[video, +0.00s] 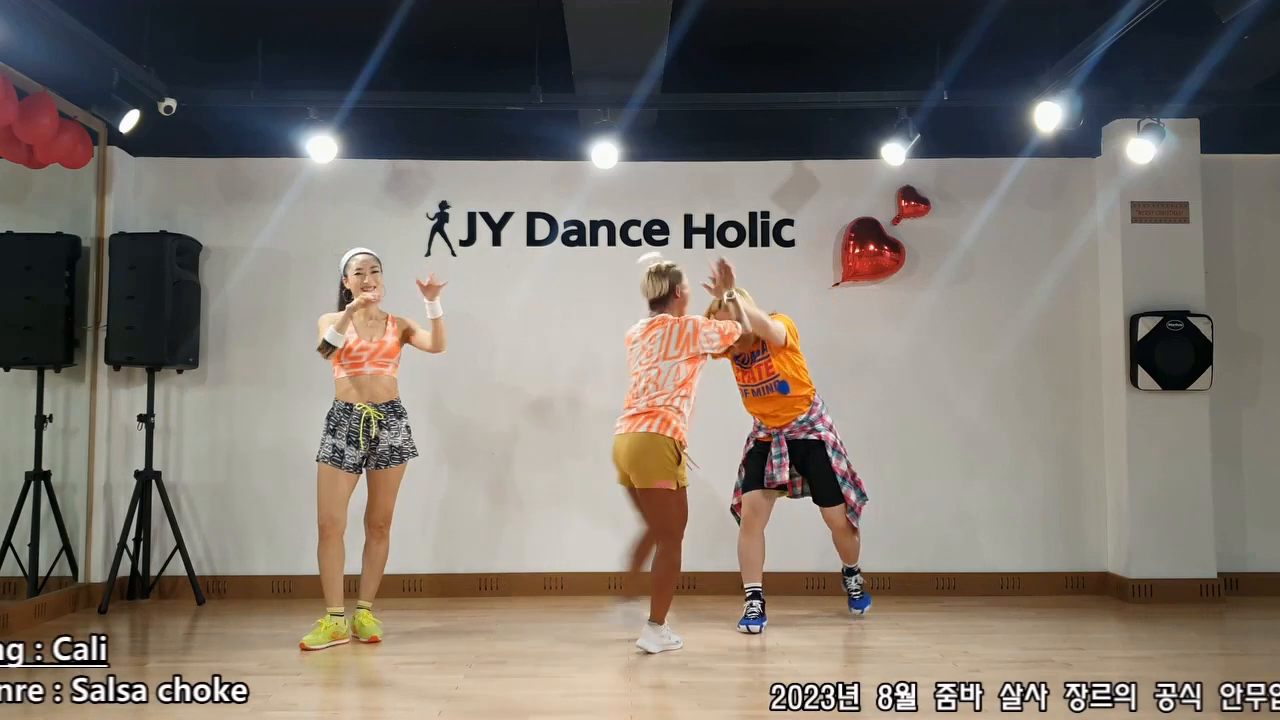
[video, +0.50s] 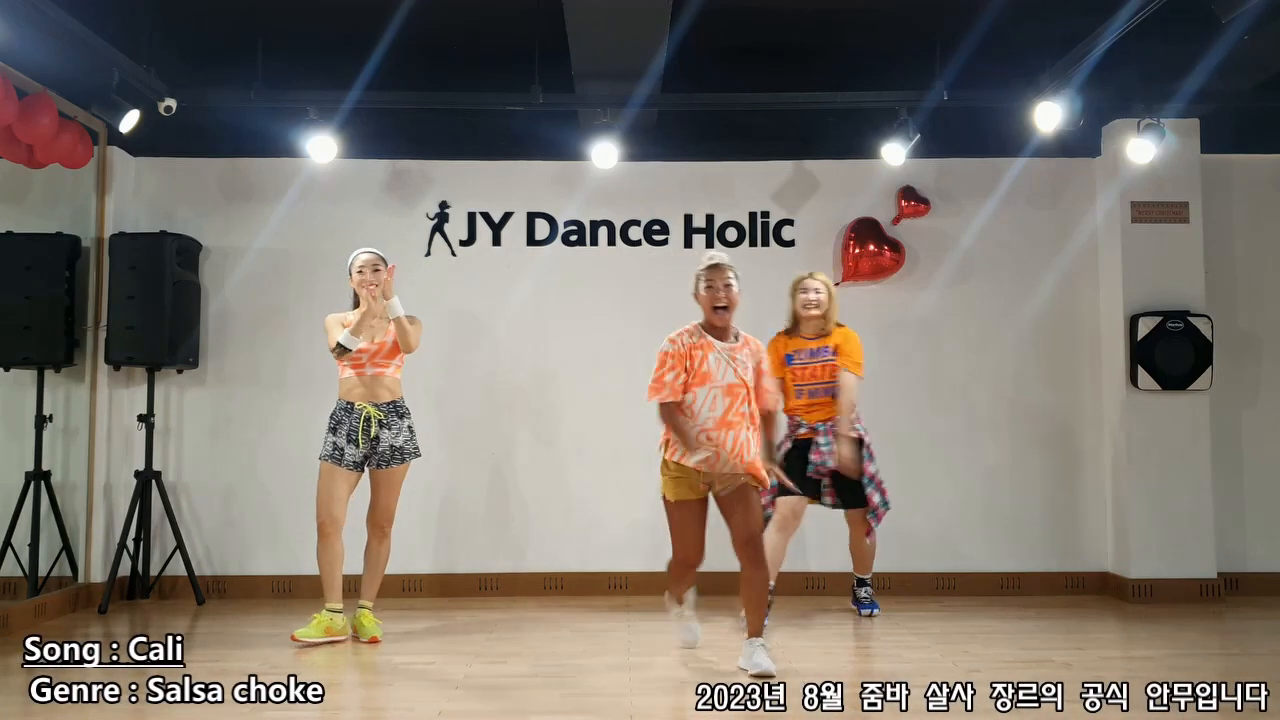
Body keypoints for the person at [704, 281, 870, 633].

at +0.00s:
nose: (737, 343)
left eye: (739, 332)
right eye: (729, 336)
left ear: (750, 321)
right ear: (720, 334)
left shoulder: (781, 329)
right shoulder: (729, 346)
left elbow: (763, 327)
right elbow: (697, 347)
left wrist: (734, 293)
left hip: (809, 433)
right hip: (766, 438)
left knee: (839, 520)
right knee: (751, 513)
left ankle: (852, 576)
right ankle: (754, 601)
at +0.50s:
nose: (811, 297)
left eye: (818, 291)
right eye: (805, 291)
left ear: (830, 300)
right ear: (793, 300)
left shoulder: (845, 339)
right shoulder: (779, 344)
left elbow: (847, 392)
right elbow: (772, 401)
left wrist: (845, 438)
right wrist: (767, 452)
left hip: (841, 434)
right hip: (800, 438)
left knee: (859, 517)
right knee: (785, 515)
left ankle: (863, 587)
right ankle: (762, 593)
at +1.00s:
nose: (832, 289)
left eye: (838, 284)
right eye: (824, 285)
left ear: (847, 292)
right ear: (812, 295)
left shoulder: (864, 331)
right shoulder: (797, 337)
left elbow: (892, 367)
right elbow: (782, 390)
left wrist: (923, 397)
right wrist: (768, 436)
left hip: (857, 431)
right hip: (814, 432)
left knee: (871, 514)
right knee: (822, 514)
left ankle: (863, 586)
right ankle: (826, 590)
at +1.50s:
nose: (842, 285)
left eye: (848, 279)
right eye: (834, 281)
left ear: (859, 288)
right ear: (824, 292)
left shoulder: (876, 326)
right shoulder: (810, 331)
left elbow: (887, 371)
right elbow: (778, 378)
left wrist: (849, 353)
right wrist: (790, 361)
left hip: (865, 428)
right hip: (822, 428)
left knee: (866, 515)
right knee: (818, 510)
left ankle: (861, 592)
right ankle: (828, 584)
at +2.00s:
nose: (810, 297)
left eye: (816, 291)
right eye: (801, 293)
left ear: (826, 299)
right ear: (789, 304)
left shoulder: (839, 327)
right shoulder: (784, 343)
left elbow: (835, 348)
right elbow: (748, 368)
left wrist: (789, 335)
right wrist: (741, 344)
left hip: (866, 425)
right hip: (824, 434)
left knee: (912, 501)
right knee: (813, 511)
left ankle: (929, 570)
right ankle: (829, 593)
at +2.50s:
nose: (853, 291)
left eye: (859, 286)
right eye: (846, 286)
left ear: (869, 294)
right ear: (833, 294)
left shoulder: (887, 332)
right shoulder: (824, 341)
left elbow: (916, 381)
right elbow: (795, 389)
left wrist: (881, 381)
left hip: (894, 431)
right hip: (850, 433)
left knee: (921, 513)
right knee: (833, 510)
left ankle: (925, 589)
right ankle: (831, 592)